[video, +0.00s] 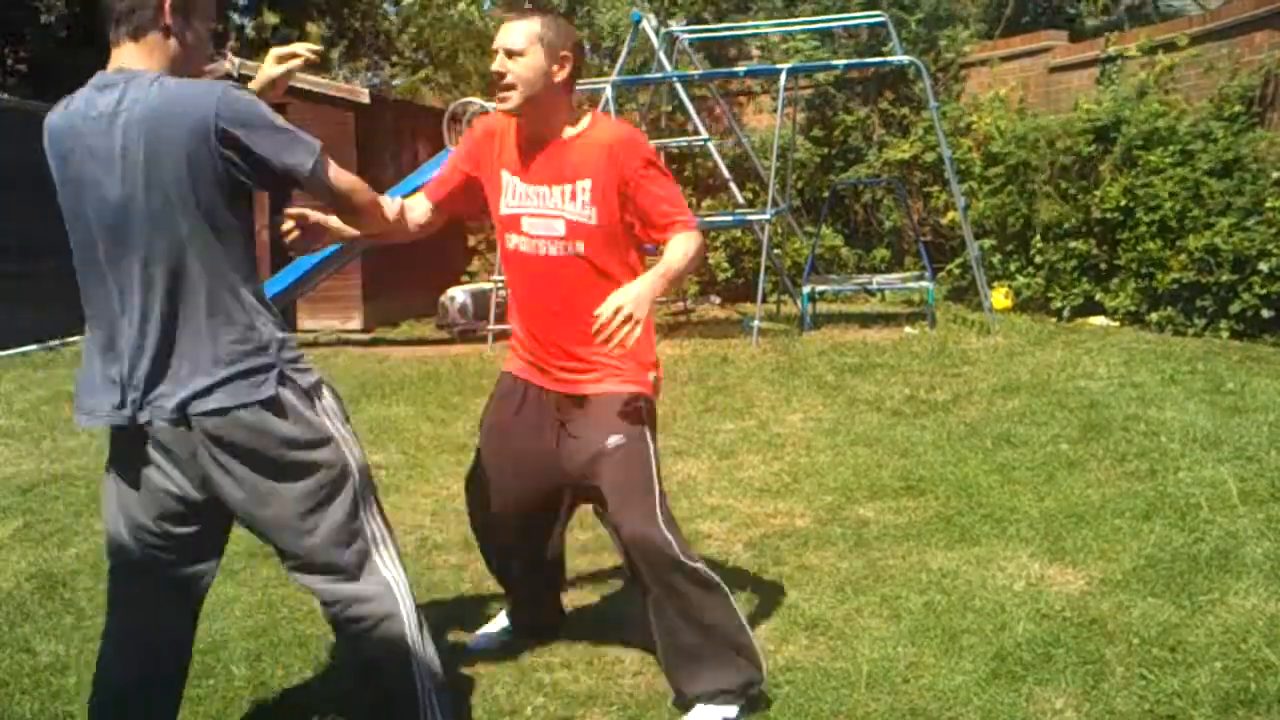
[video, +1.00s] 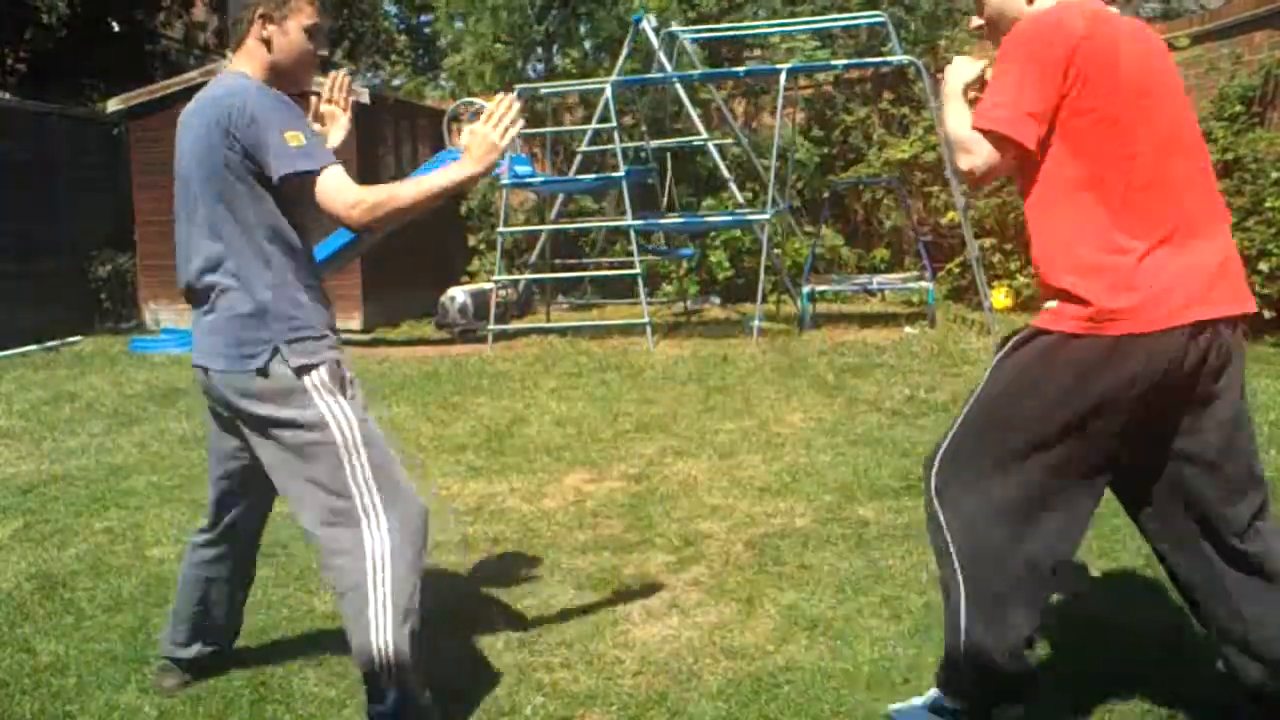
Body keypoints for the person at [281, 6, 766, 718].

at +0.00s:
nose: (497, 65)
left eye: (513, 54)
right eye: (495, 53)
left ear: (561, 66)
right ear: (493, 62)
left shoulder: (615, 144)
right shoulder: (487, 138)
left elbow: (686, 236)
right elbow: (419, 212)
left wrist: (649, 286)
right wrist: (346, 227)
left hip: (610, 371)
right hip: (528, 367)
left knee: (640, 530)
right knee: (497, 500)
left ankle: (720, 685)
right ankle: (531, 610)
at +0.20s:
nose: (550, 16)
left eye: (564, 3)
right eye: (547, 7)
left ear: (609, 6)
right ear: (599, 18)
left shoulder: (637, 46)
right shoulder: (614, 79)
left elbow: (651, 79)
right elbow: (662, 188)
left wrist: (525, 44)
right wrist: (599, 215)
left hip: (687, 314)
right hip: (654, 314)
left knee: (659, 502)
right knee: (605, 449)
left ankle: (732, 690)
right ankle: (651, 611)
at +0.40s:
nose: (651, 81)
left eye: (656, 66)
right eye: (649, 67)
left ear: (698, 59)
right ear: (725, 58)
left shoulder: (704, 110)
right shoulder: (781, 117)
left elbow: (576, 130)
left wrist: (485, 72)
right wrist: (633, 122)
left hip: (759, 381)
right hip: (825, 374)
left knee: (687, 574)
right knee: (798, 536)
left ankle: (735, 710)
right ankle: (933, 585)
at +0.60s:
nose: (771, 83)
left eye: (776, 65)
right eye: (769, 67)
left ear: (824, 55)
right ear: (837, 55)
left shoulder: (843, 115)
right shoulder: (916, 111)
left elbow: (823, 243)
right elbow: (876, 218)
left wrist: (767, 207)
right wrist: (797, 155)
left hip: (879, 396)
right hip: (966, 388)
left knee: (758, 564)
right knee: (1056, 543)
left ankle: (731, 705)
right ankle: (1237, 679)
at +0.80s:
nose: (931, 96)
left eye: (936, 78)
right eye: (927, 81)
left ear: (982, 66)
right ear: (1004, 67)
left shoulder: (1000, 127)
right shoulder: (1095, 120)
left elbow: (980, 265)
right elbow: (1060, 226)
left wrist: (911, 208)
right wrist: (973, 175)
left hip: (1060, 406)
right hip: (1148, 398)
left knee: (914, 550)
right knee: (1167, 578)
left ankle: (988, 704)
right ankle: (1267, 693)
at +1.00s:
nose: (978, 20)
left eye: (979, 5)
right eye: (975, 11)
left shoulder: (1047, 31)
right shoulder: (1133, 34)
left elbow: (971, 158)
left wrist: (953, 90)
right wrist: (988, 89)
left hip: (1110, 318)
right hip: (1207, 308)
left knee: (969, 482)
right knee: (1228, 528)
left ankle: (977, 692)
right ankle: (1274, 687)